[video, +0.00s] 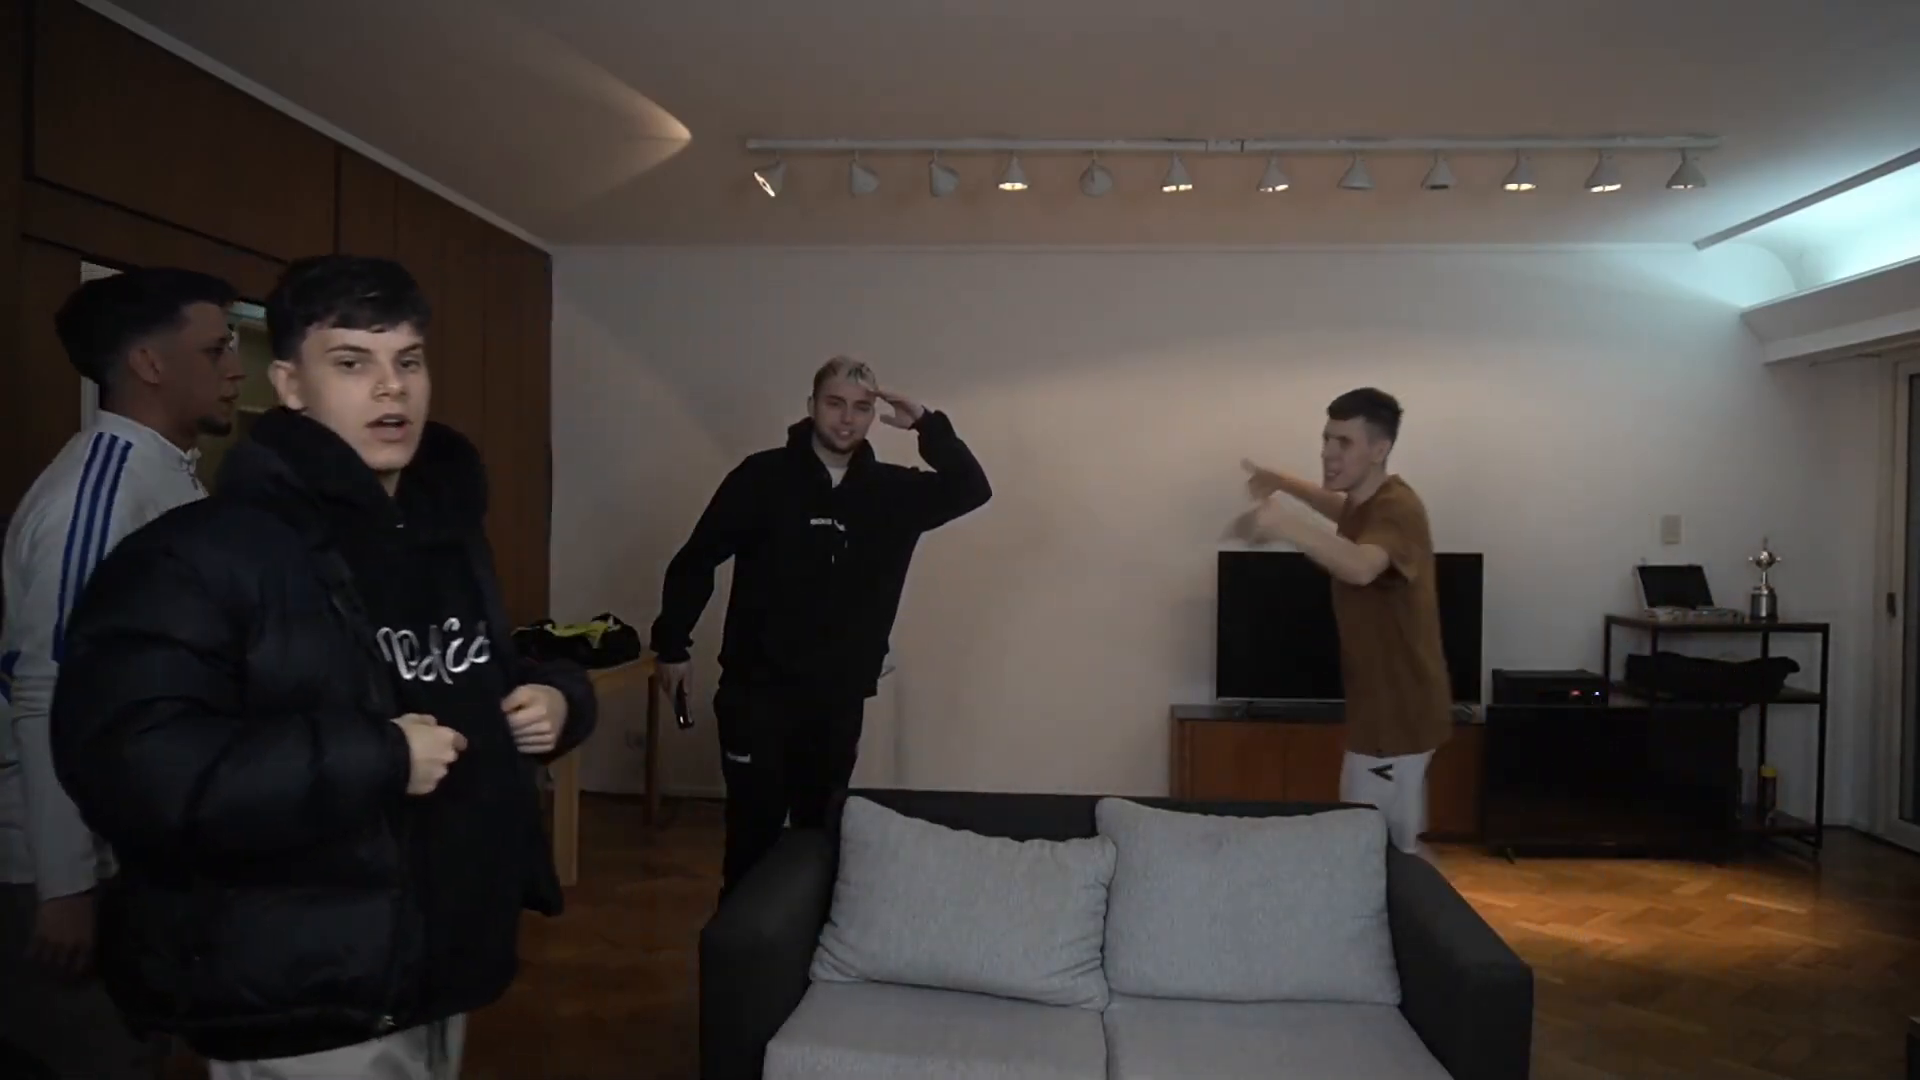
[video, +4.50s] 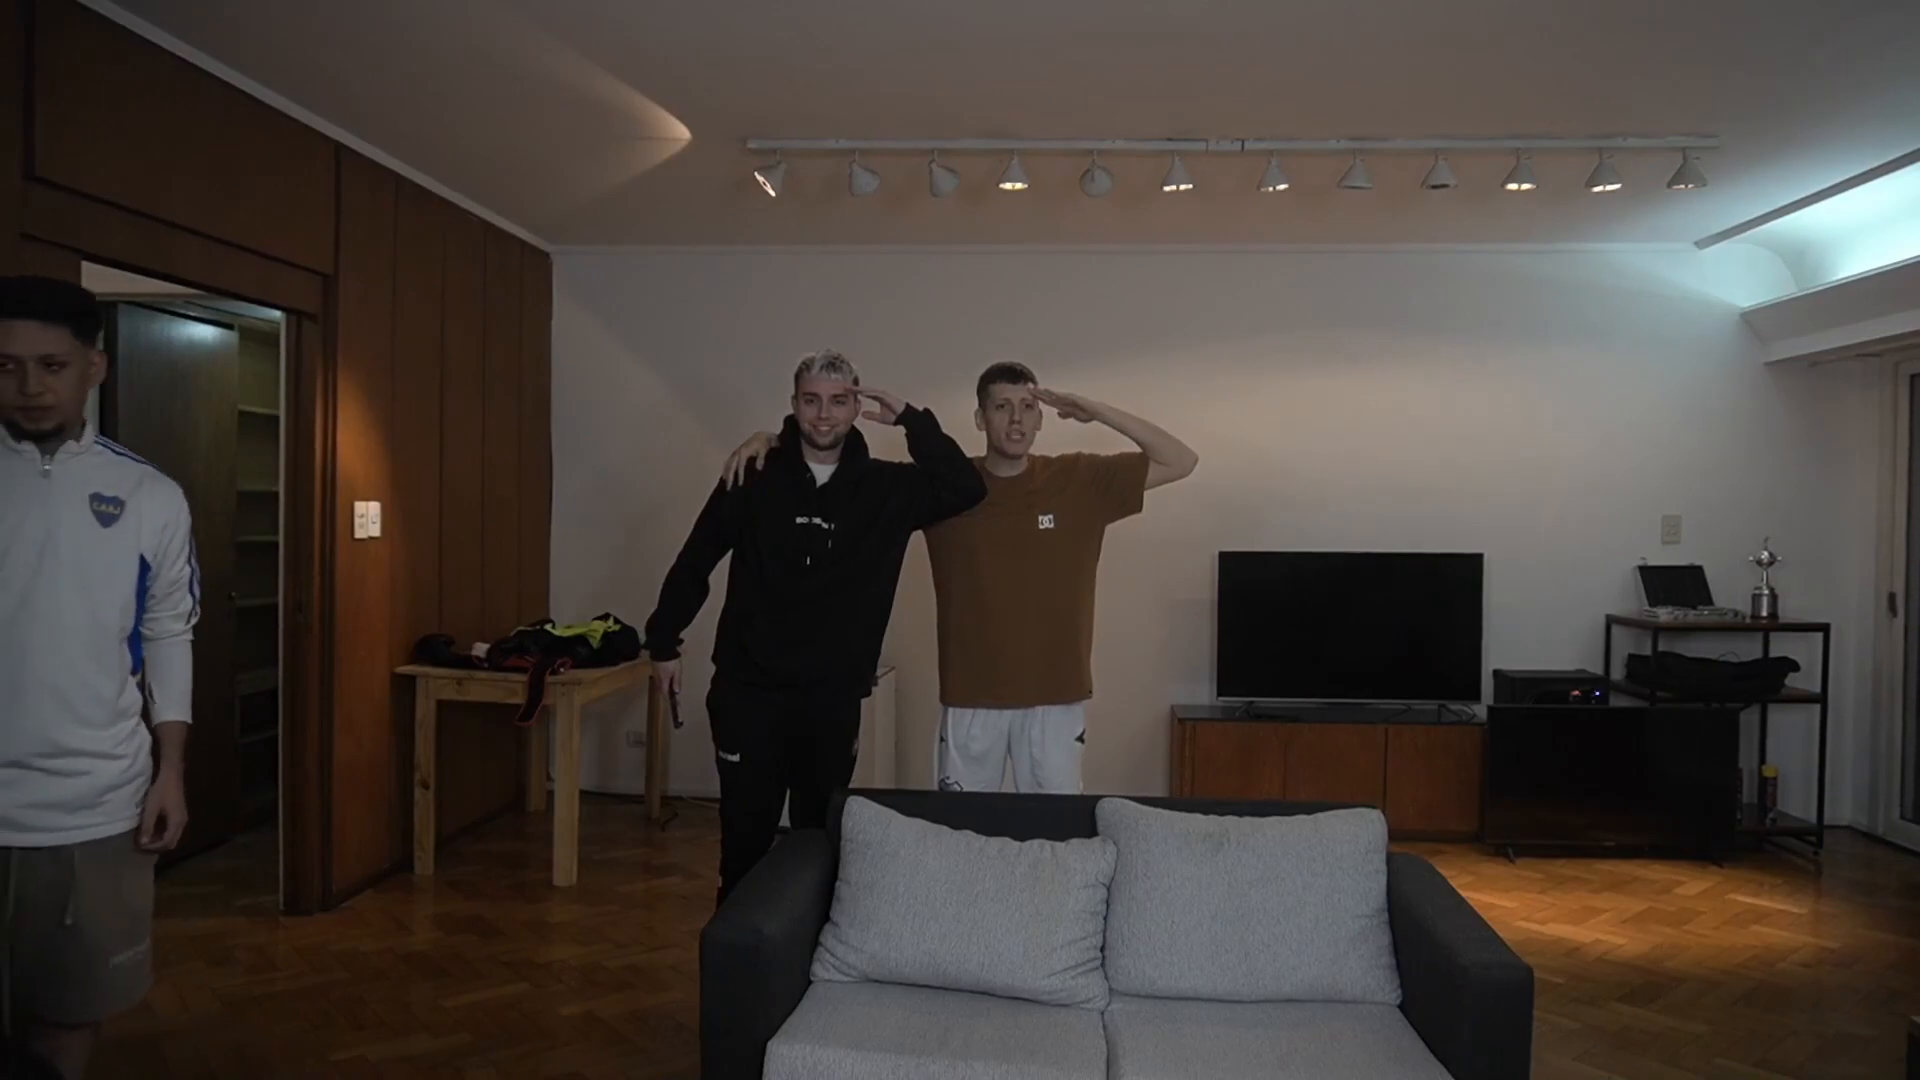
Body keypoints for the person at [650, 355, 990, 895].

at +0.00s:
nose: (847, 417)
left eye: (861, 407)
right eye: (836, 403)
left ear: (873, 417)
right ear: (812, 407)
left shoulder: (896, 494)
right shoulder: (762, 478)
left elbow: (971, 488)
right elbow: (694, 563)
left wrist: (928, 424)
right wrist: (672, 648)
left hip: (837, 696)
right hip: (757, 689)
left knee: (820, 836)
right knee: (754, 836)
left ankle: (812, 959)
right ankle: (740, 961)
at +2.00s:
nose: (822, 413)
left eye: (836, 401)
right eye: (810, 400)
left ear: (854, 409)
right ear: (790, 405)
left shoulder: (885, 485)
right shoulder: (750, 477)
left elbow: (962, 487)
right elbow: (688, 560)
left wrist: (911, 417)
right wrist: (655, 643)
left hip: (831, 691)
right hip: (748, 687)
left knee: (817, 834)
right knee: (746, 837)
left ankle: (812, 959)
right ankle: (738, 964)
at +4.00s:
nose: (823, 412)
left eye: (838, 400)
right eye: (811, 399)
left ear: (856, 409)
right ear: (793, 405)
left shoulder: (887, 486)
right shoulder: (753, 477)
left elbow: (965, 488)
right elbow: (694, 561)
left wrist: (913, 418)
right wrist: (661, 644)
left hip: (833, 693)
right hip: (748, 689)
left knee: (819, 836)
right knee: (747, 838)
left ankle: (815, 962)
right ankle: (738, 965)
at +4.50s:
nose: (824, 413)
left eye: (838, 400)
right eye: (811, 399)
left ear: (857, 409)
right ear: (794, 405)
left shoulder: (887, 487)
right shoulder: (754, 477)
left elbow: (965, 488)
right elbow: (696, 561)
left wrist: (913, 419)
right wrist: (663, 644)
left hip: (833, 692)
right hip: (749, 689)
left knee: (820, 837)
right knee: (746, 839)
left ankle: (816, 965)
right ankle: (738, 968)